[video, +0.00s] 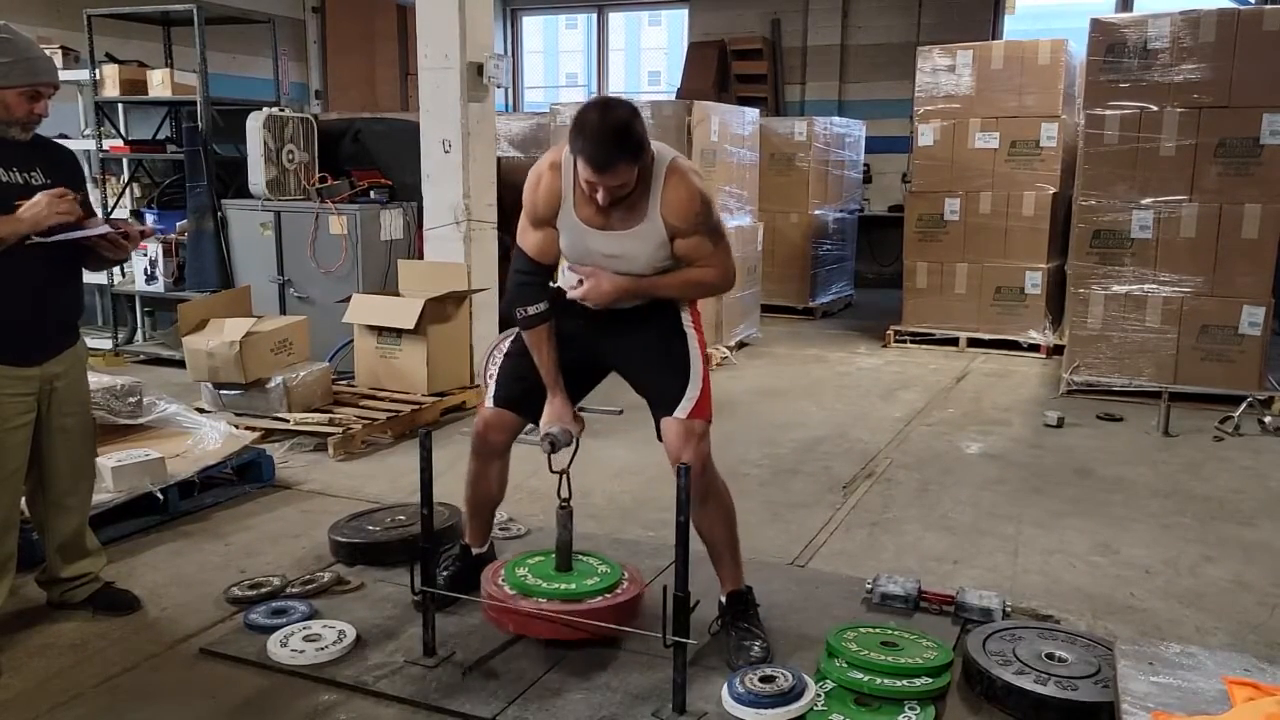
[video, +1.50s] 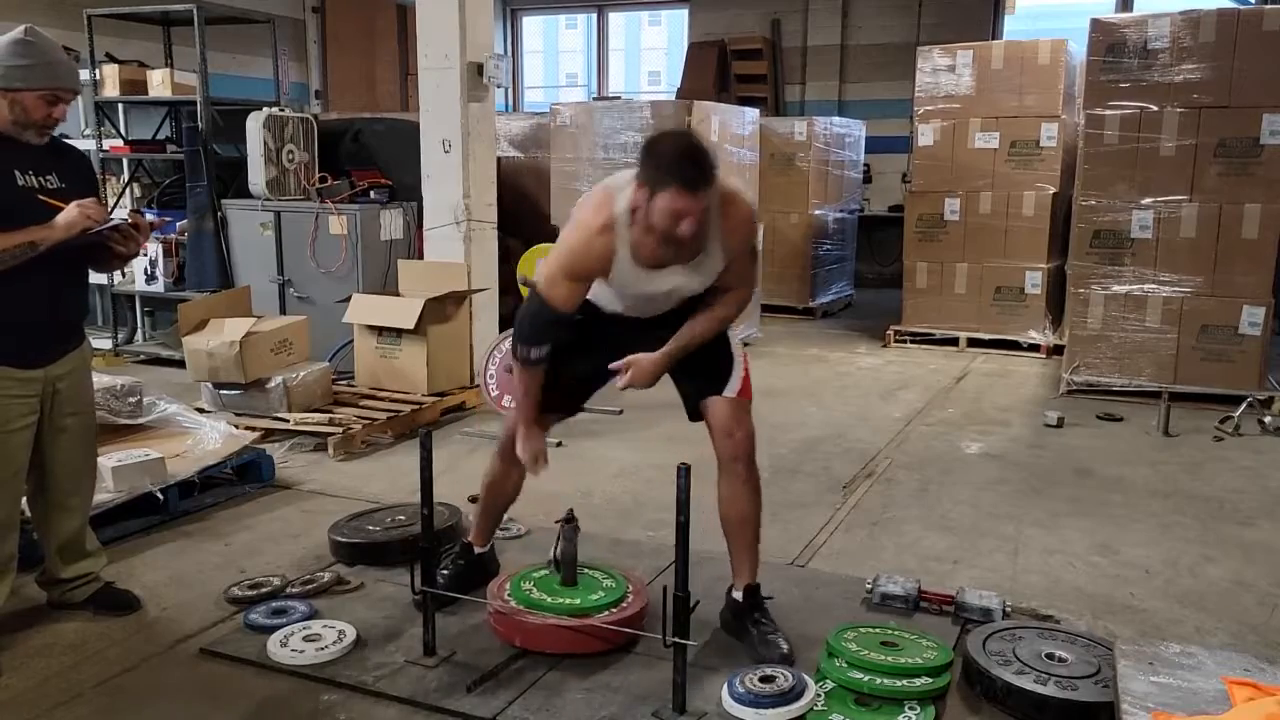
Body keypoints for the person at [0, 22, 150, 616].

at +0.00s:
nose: (43, 107)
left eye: (48, 95)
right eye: (32, 95)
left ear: (50, 92)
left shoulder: (58, 158)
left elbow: (86, 249)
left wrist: (112, 249)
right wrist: (21, 222)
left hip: (62, 347)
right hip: (5, 357)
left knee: (69, 473)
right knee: (7, 490)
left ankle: (74, 581)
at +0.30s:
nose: (50, 107)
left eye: (55, 95)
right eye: (38, 94)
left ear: (58, 92)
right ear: (2, 88)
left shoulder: (63, 160)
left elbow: (85, 251)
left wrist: (118, 253)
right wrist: (9, 237)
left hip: (57, 351)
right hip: (3, 361)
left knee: (64, 474)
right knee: (6, 489)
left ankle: (73, 580)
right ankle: (1, 597)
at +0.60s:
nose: (45, 109)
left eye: (53, 97)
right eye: (34, 96)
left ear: (57, 94)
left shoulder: (63, 159)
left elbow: (87, 252)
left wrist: (117, 251)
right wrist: (22, 225)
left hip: (60, 350)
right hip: (4, 360)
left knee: (66, 474)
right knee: (5, 489)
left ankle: (72, 579)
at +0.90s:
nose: (48, 110)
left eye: (55, 98)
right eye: (38, 97)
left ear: (57, 95)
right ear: (2, 88)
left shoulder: (64, 160)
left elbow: (75, 254)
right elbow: (0, 245)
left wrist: (113, 250)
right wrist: (48, 223)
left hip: (62, 348)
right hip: (5, 358)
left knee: (68, 473)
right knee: (7, 488)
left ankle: (73, 580)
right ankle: (2, 595)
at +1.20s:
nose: (63, 113)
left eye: (67, 101)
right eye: (52, 101)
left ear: (64, 98)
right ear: (11, 96)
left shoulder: (70, 161)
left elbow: (82, 253)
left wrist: (119, 249)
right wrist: (50, 231)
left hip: (65, 350)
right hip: (5, 359)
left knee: (68, 475)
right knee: (6, 490)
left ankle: (73, 579)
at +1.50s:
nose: (61, 113)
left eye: (67, 101)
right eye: (51, 100)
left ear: (67, 98)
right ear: (11, 94)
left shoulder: (72, 161)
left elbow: (85, 253)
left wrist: (120, 251)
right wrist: (51, 231)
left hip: (67, 352)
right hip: (7, 361)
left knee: (69, 476)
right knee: (7, 492)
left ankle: (73, 581)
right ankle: (1, 598)